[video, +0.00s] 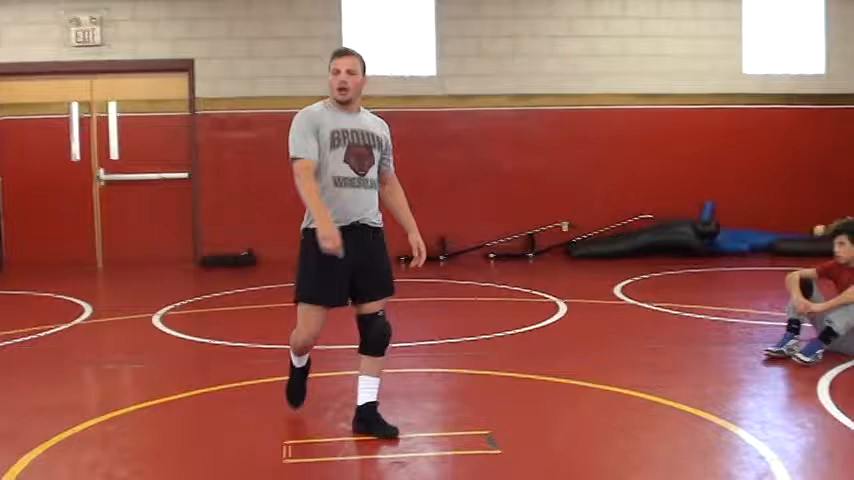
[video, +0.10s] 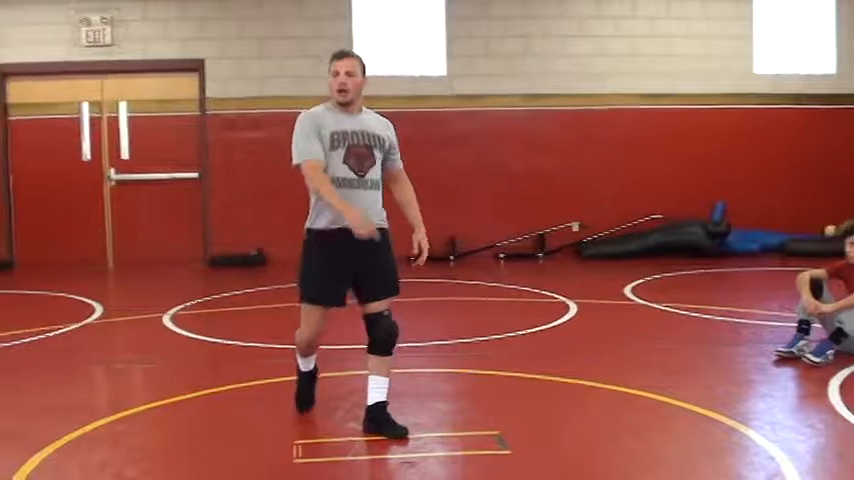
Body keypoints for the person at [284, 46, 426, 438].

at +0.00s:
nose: (343, 79)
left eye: (351, 73)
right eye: (337, 73)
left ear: (364, 81)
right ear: (328, 79)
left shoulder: (378, 127)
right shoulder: (309, 119)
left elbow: (388, 184)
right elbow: (304, 176)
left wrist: (412, 230)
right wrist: (323, 222)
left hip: (368, 235)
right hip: (322, 233)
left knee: (376, 330)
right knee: (307, 333)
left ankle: (366, 410)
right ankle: (300, 364)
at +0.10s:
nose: (342, 81)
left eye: (350, 75)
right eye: (336, 75)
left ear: (364, 82)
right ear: (328, 81)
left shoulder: (382, 127)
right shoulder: (311, 121)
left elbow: (398, 179)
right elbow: (314, 178)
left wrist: (418, 226)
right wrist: (351, 214)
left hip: (373, 239)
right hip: (325, 239)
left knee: (383, 330)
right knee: (308, 335)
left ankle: (377, 409)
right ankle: (306, 371)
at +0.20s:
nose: (341, 85)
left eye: (348, 78)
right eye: (335, 79)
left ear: (363, 84)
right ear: (328, 85)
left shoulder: (385, 128)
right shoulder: (311, 127)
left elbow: (418, 173)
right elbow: (315, 181)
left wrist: (426, 224)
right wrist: (367, 196)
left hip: (374, 236)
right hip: (326, 236)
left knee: (388, 325)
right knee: (320, 320)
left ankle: (388, 408)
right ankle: (324, 377)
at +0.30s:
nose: (327, 86)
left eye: (335, 79)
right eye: (322, 80)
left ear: (352, 84)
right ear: (317, 85)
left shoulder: (377, 125)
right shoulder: (302, 128)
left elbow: (414, 167)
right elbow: (297, 183)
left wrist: (422, 224)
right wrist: (352, 193)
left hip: (363, 235)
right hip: (317, 234)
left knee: (378, 321)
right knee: (316, 317)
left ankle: (383, 402)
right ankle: (322, 379)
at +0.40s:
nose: (314, 87)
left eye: (322, 80)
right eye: (309, 81)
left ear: (340, 84)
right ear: (305, 86)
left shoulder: (367, 124)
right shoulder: (292, 131)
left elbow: (391, 176)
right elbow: (281, 187)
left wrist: (412, 228)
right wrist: (320, 213)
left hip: (357, 232)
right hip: (310, 233)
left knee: (371, 317)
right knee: (313, 315)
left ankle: (373, 395)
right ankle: (319, 382)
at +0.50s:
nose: (310, 86)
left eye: (317, 79)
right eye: (304, 80)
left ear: (333, 82)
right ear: (299, 84)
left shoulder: (361, 120)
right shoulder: (286, 130)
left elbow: (380, 173)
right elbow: (281, 186)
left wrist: (388, 220)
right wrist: (282, 240)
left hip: (355, 226)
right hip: (310, 228)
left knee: (366, 311)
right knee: (314, 309)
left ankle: (362, 388)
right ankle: (321, 380)